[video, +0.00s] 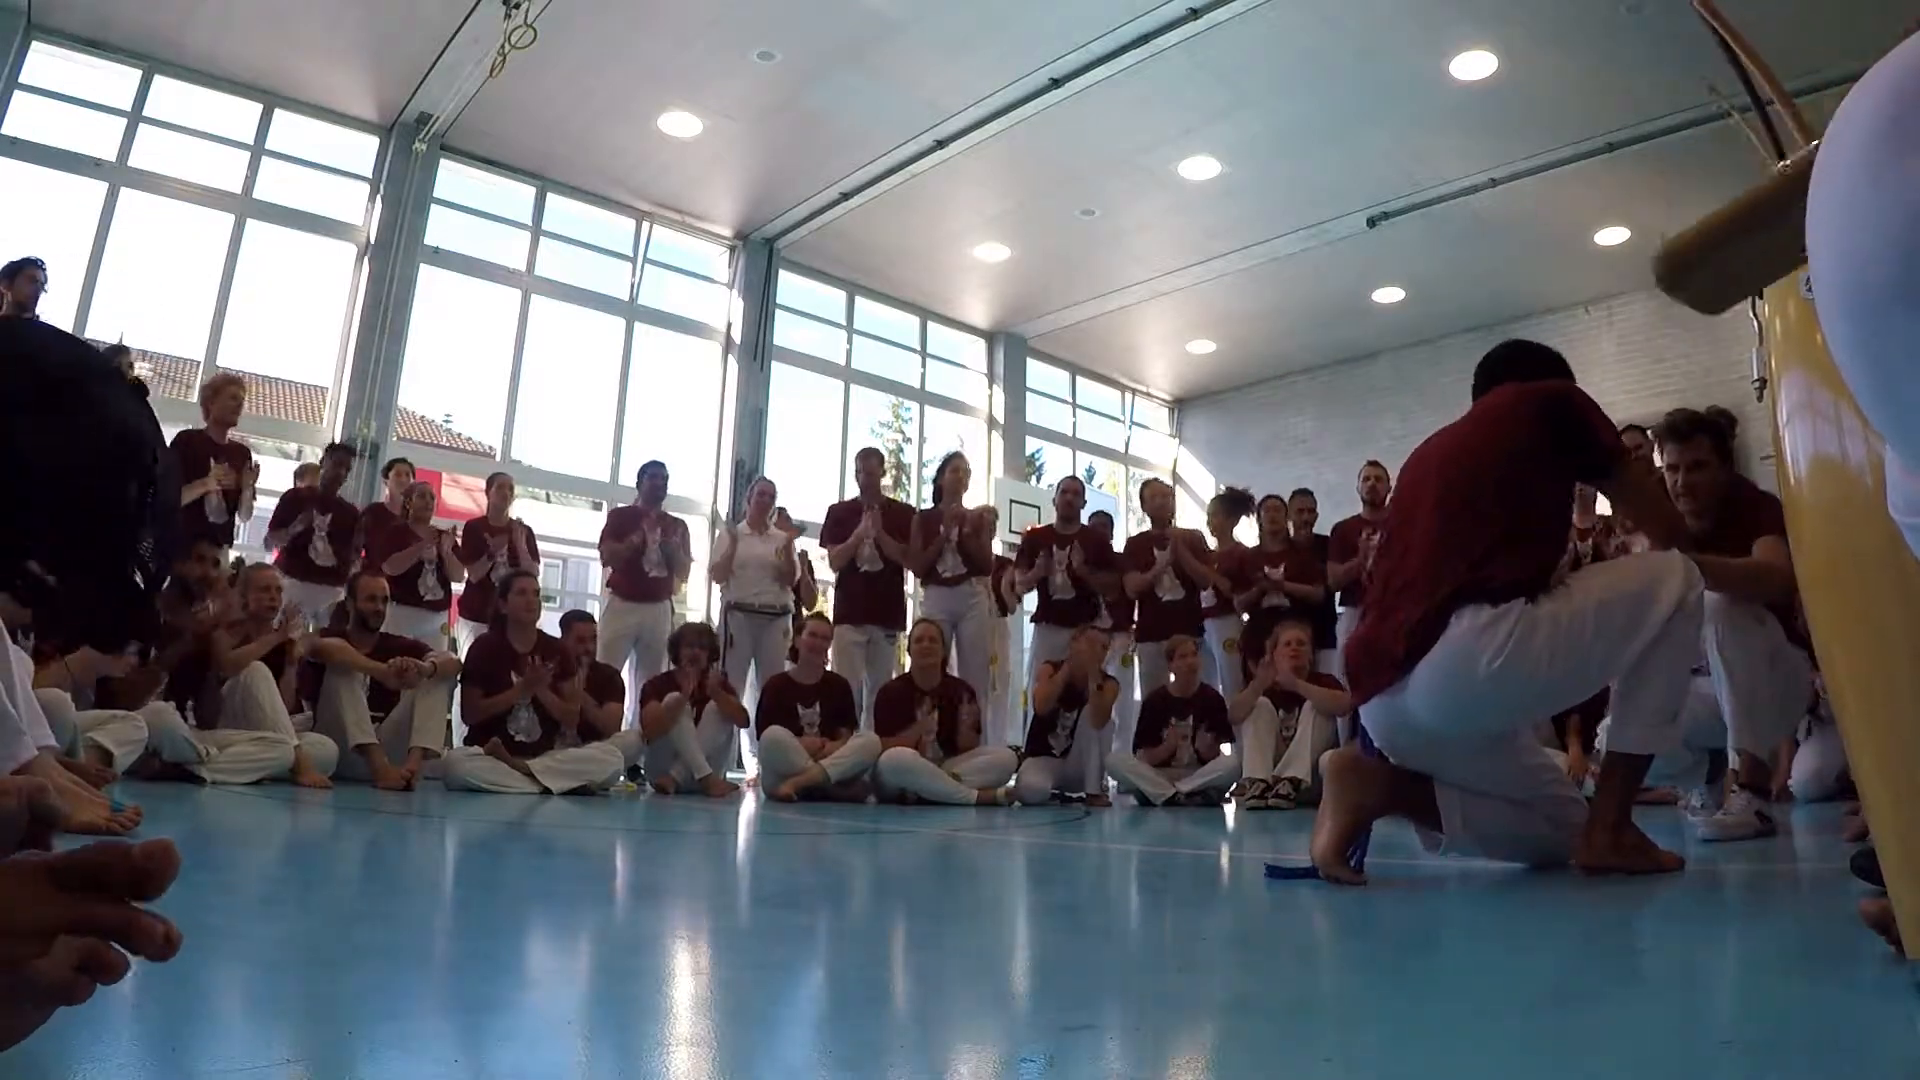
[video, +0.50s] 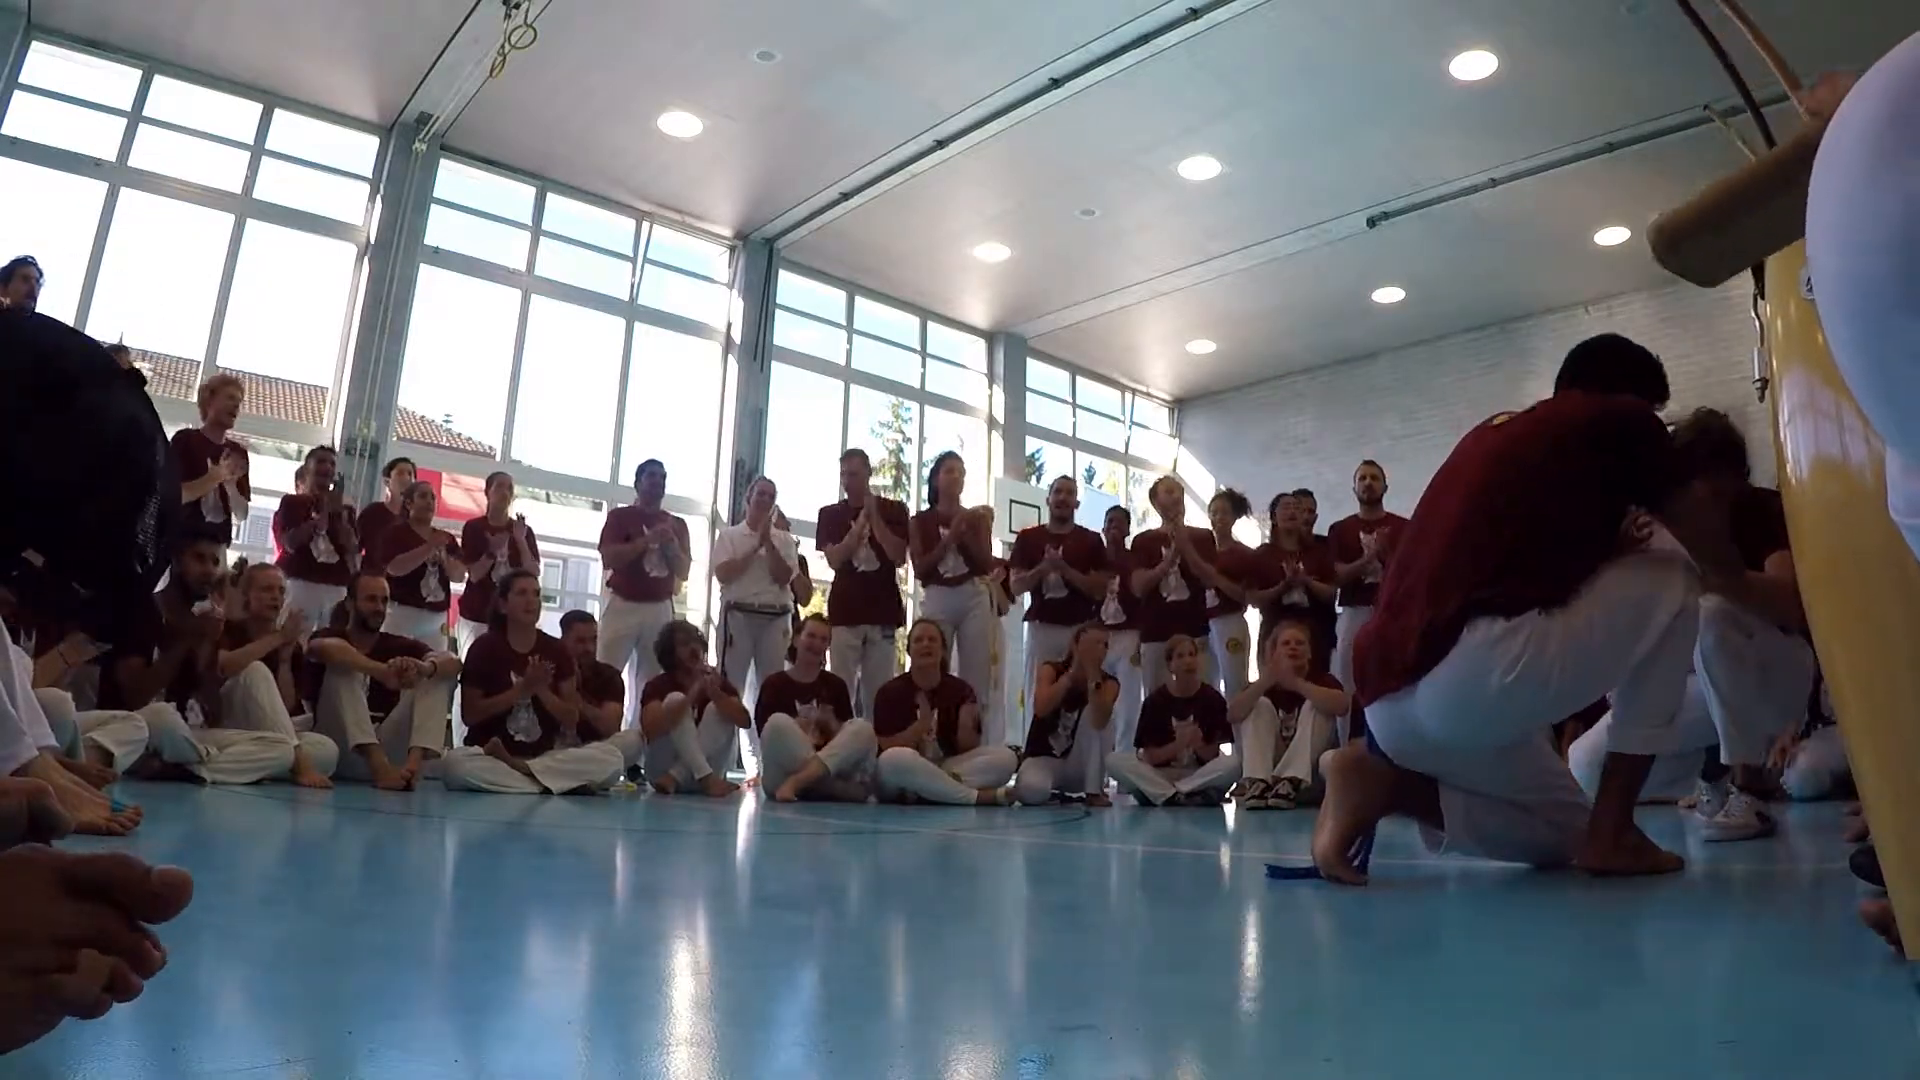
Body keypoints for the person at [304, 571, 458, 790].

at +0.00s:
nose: (380, 608)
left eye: (384, 601)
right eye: (371, 600)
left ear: (389, 603)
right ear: (350, 603)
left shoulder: (393, 643)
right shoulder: (328, 638)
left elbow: (454, 662)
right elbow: (318, 648)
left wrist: (426, 667)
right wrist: (382, 672)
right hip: (335, 750)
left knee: (438, 673)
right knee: (342, 663)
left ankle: (414, 764)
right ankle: (379, 765)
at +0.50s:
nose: (380, 608)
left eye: (384, 601)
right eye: (371, 600)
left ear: (389, 604)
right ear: (350, 603)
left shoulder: (394, 643)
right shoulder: (329, 636)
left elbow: (454, 663)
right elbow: (318, 648)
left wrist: (426, 667)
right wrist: (383, 672)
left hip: (387, 752)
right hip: (336, 750)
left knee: (438, 673)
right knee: (342, 663)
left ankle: (414, 763)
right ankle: (379, 765)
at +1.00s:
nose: (380, 608)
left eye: (384, 601)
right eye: (371, 600)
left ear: (389, 604)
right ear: (350, 603)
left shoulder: (394, 643)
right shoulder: (327, 637)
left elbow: (454, 663)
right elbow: (319, 649)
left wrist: (426, 667)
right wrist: (383, 672)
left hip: (386, 752)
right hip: (336, 750)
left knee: (438, 673)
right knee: (342, 664)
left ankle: (414, 764)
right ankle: (379, 766)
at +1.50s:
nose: (380, 608)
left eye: (384, 601)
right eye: (371, 600)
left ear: (389, 604)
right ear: (351, 603)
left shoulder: (395, 644)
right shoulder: (327, 637)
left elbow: (454, 663)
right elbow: (325, 649)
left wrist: (426, 667)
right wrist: (382, 672)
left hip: (386, 752)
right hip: (336, 750)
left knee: (437, 673)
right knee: (343, 664)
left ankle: (414, 764)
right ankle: (379, 766)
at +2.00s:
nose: (380, 608)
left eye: (384, 601)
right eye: (371, 601)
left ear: (389, 603)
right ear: (352, 603)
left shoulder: (395, 644)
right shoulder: (328, 638)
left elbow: (455, 663)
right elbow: (319, 648)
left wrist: (426, 667)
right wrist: (383, 672)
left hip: (387, 751)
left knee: (437, 674)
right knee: (343, 663)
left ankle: (414, 764)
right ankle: (379, 766)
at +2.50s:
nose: (380, 609)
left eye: (385, 602)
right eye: (371, 601)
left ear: (389, 604)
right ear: (353, 604)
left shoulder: (397, 644)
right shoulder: (329, 638)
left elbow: (455, 663)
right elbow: (319, 649)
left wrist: (427, 668)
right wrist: (382, 671)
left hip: (387, 751)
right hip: (336, 749)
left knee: (438, 674)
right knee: (342, 663)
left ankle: (414, 763)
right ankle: (379, 765)